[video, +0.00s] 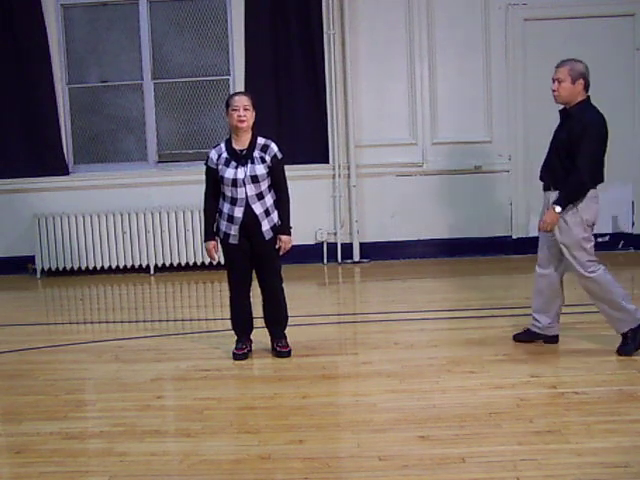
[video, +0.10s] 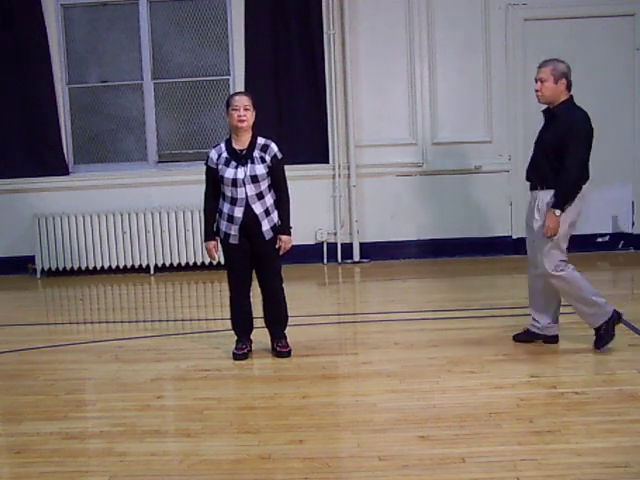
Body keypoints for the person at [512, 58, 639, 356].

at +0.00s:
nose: (553, 87)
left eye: (558, 82)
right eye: (553, 82)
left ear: (579, 85)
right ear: (574, 86)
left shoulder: (590, 120)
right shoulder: (569, 117)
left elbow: (584, 174)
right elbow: (566, 163)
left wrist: (557, 207)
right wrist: (549, 197)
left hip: (576, 201)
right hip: (554, 198)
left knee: (586, 268)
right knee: (547, 266)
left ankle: (631, 324)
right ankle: (544, 328)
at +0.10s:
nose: (537, 87)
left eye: (542, 82)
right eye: (536, 81)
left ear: (562, 84)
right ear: (554, 85)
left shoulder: (576, 119)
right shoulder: (553, 116)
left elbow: (576, 172)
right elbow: (553, 162)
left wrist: (556, 210)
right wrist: (538, 199)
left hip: (559, 198)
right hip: (540, 196)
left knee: (552, 265)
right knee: (538, 264)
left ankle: (604, 316)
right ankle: (544, 327)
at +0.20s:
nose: (522, 87)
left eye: (527, 81)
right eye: (522, 81)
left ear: (547, 84)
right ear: (537, 85)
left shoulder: (564, 118)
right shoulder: (537, 117)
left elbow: (570, 172)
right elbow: (525, 160)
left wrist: (557, 211)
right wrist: (509, 194)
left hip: (545, 197)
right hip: (526, 196)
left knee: (533, 264)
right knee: (529, 264)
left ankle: (563, 323)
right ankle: (540, 326)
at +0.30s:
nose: (510, 87)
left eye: (515, 81)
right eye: (510, 81)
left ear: (535, 84)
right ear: (525, 85)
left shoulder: (554, 120)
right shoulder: (522, 118)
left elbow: (566, 171)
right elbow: (506, 159)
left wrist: (559, 211)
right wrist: (483, 194)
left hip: (536, 199)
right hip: (517, 198)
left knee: (518, 265)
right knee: (535, 264)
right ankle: (546, 327)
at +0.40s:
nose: (498, 88)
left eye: (504, 83)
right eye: (498, 83)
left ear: (524, 86)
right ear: (513, 87)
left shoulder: (544, 121)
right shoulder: (509, 121)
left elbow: (558, 168)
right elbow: (491, 161)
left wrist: (558, 211)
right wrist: (467, 194)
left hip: (529, 200)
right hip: (506, 200)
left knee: (509, 267)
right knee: (527, 264)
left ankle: (481, 333)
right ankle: (545, 327)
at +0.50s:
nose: (488, 88)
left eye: (493, 83)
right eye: (488, 83)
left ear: (512, 87)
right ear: (505, 87)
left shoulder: (534, 123)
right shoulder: (498, 121)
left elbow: (548, 170)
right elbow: (481, 161)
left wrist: (552, 214)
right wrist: (457, 195)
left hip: (517, 202)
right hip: (494, 201)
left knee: (495, 268)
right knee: (519, 264)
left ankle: (471, 335)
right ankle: (543, 324)